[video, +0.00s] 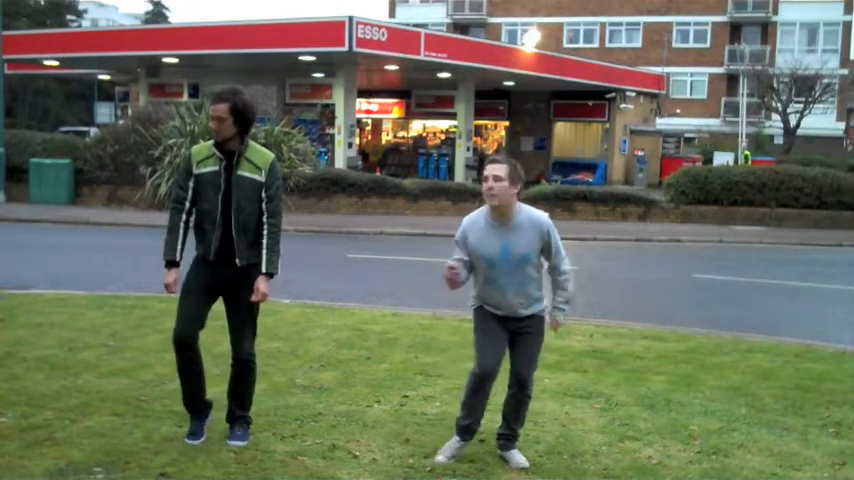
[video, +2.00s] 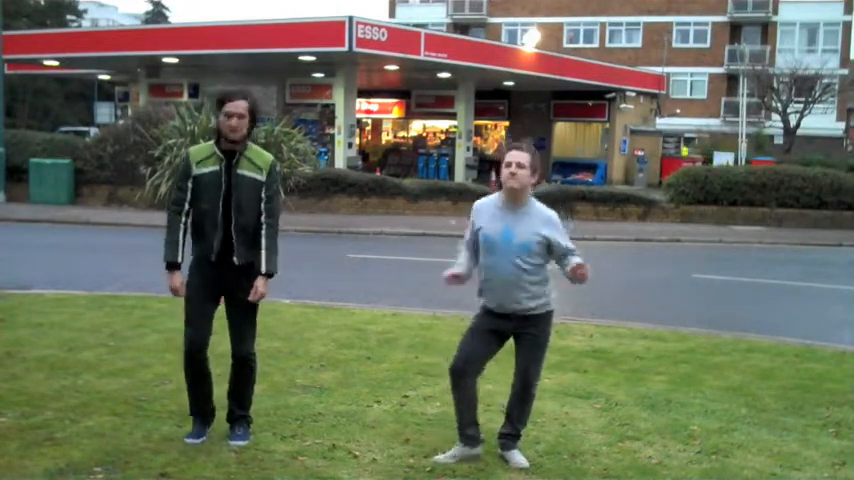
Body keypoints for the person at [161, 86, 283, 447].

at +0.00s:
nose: (212, 125)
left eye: (220, 119)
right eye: (211, 118)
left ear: (241, 122)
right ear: (210, 119)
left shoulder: (266, 164)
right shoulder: (196, 158)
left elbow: (273, 222)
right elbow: (179, 211)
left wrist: (266, 274)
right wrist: (172, 263)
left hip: (245, 271)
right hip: (204, 266)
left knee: (244, 351)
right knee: (183, 335)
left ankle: (240, 419)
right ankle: (198, 412)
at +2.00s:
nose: (235, 122)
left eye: (242, 117)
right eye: (229, 116)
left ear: (251, 123)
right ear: (218, 119)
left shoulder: (266, 165)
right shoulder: (194, 159)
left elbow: (270, 222)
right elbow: (176, 213)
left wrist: (265, 273)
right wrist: (173, 266)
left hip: (245, 270)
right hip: (203, 268)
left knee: (243, 352)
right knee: (193, 346)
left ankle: (240, 420)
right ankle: (201, 418)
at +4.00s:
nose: (233, 121)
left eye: (240, 116)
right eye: (228, 114)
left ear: (254, 121)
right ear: (219, 116)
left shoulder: (272, 160)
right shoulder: (201, 153)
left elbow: (283, 209)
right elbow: (180, 198)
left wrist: (266, 221)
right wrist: (190, 221)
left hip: (248, 264)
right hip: (207, 262)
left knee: (249, 345)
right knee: (200, 339)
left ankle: (245, 420)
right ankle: (190, 414)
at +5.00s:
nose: (180, 136)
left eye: (187, 130)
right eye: (177, 130)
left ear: (205, 131)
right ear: (173, 131)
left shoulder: (230, 159)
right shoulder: (171, 169)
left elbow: (271, 193)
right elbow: (154, 221)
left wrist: (229, 195)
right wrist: (147, 207)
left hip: (235, 261)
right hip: (199, 263)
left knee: (231, 342)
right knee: (197, 342)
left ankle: (229, 425)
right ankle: (201, 418)